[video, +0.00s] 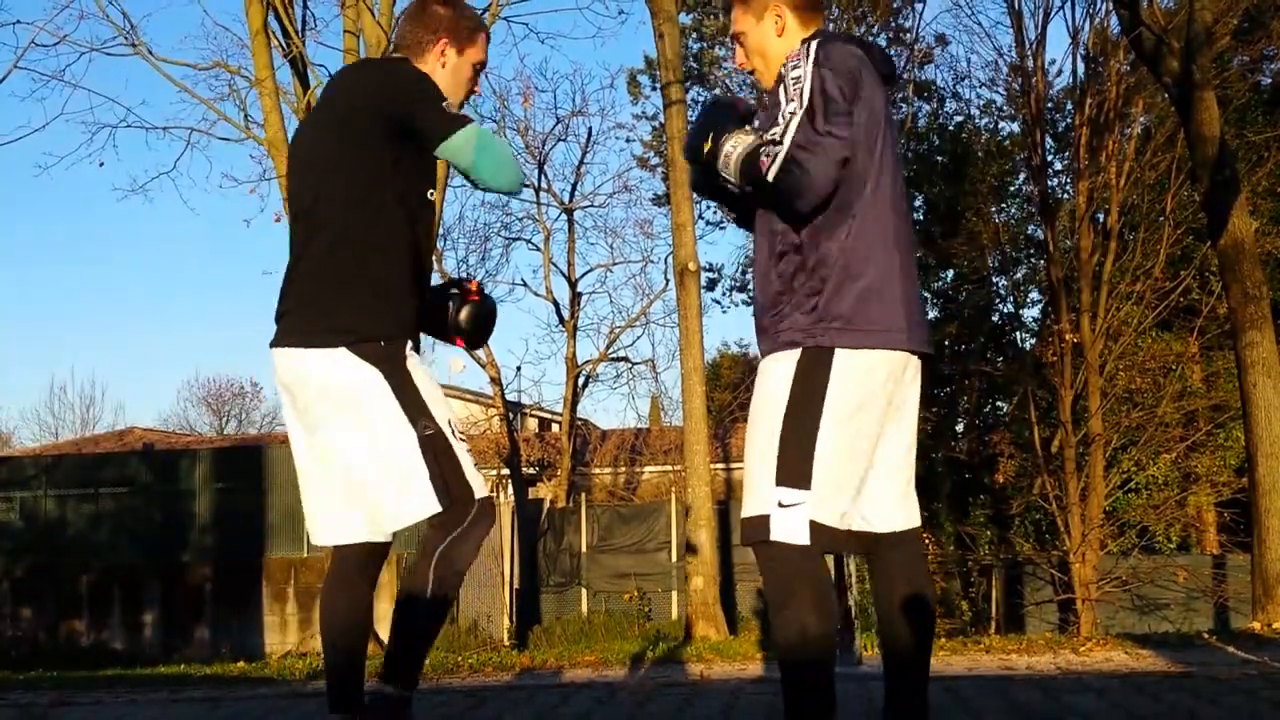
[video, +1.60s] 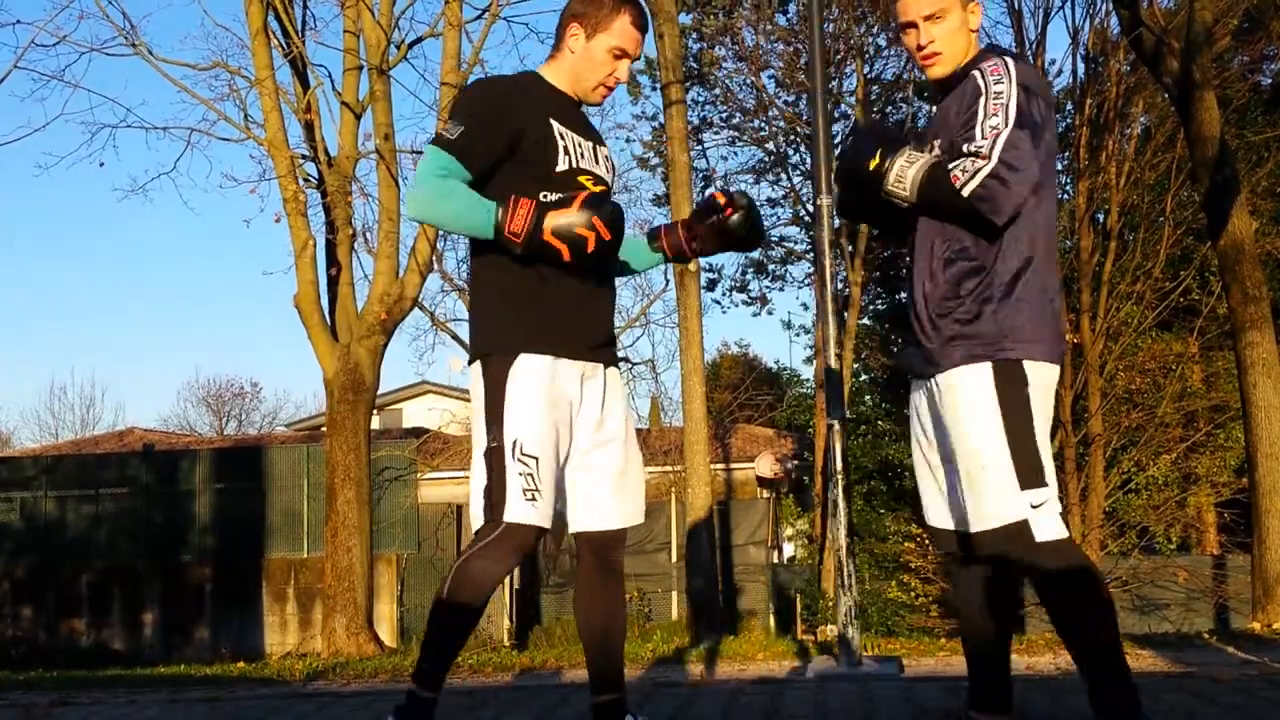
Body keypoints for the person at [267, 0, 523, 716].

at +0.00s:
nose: (472, 88)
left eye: (475, 73)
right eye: (473, 69)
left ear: (422, 44)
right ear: (444, 51)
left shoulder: (336, 106)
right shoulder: (395, 83)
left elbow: (347, 249)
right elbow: (506, 176)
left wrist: (436, 309)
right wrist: (451, 121)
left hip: (306, 345)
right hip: (359, 344)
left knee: (360, 529)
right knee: (467, 513)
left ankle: (345, 707)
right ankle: (396, 696)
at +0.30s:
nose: (514, 92)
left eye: (519, 79)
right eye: (514, 74)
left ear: (469, 50)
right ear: (478, 49)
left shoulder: (404, 107)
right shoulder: (430, 99)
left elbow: (454, 247)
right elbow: (514, 219)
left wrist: (535, 233)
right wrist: (527, 188)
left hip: (358, 348)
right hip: (393, 351)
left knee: (374, 538)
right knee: (460, 534)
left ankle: (348, 712)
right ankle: (491, 712)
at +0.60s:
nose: (576, 67)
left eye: (581, 53)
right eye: (572, 49)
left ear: (528, 30)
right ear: (527, 28)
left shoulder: (486, 99)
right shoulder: (481, 88)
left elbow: (489, 253)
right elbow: (531, 221)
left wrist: (566, 275)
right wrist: (580, 199)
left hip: (463, 339)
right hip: (457, 341)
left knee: (496, 526)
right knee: (501, 525)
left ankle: (417, 697)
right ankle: (506, 711)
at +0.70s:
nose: (594, 62)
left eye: (599, 48)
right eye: (589, 43)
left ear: (551, 30)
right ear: (543, 25)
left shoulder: (512, 105)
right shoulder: (490, 88)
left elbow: (506, 256)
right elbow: (504, 216)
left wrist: (578, 276)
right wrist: (576, 210)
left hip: (503, 345)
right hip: (473, 342)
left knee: (544, 523)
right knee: (514, 522)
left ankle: (490, 703)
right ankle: (494, 707)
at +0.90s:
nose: (620, 59)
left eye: (628, 46)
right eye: (617, 39)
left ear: (582, 26)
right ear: (570, 18)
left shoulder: (570, 126)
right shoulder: (493, 77)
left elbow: (592, 253)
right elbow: (465, 188)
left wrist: (649, 206)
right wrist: (571, 176)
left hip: (558, 348)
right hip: (491, 342)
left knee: (582, 530)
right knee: (514, 530)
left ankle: (606, 709)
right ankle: (508, 713)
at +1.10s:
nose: (629, 69)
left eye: (637, 57)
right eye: (623, 50)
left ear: (633, 54)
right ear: (580, 29)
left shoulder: (606, 132)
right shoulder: (502, 89)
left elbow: (688, 200)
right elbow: (535, 183)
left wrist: (752, 152)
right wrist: (636, 160)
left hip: (588, 348)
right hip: (516, 344)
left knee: (607, 533)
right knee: (546, 532)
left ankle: (610, 713)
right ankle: (518, 716)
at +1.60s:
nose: (623, 75)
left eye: (631, 63)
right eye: (618, 56)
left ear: (591, 42)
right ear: (575, 34)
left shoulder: (591, 140)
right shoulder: (497, 99)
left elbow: (598, 251)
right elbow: (426, 194)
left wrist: (682, 237)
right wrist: (529, 223)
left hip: (595, 357)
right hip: (520, 352)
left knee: (602, 534)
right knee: (514, 527)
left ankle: (610, 711)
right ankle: (418, 705)